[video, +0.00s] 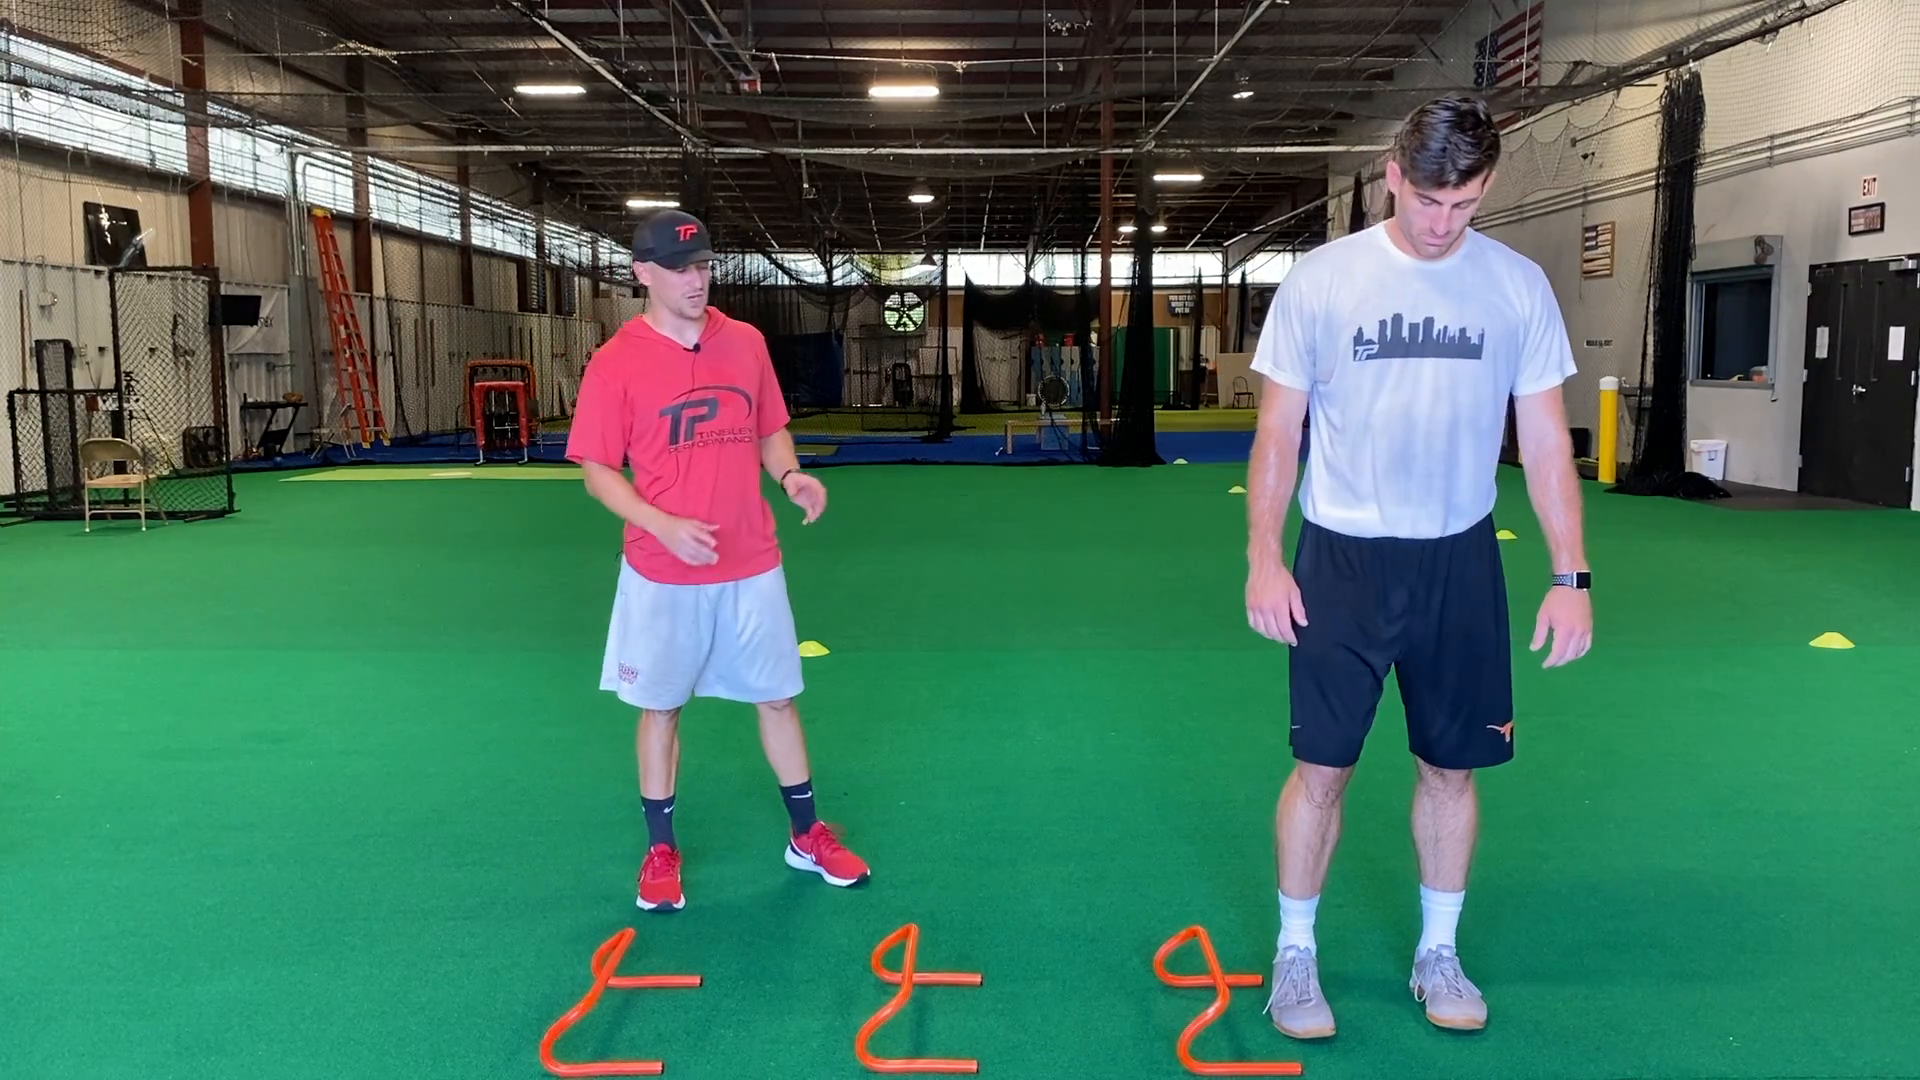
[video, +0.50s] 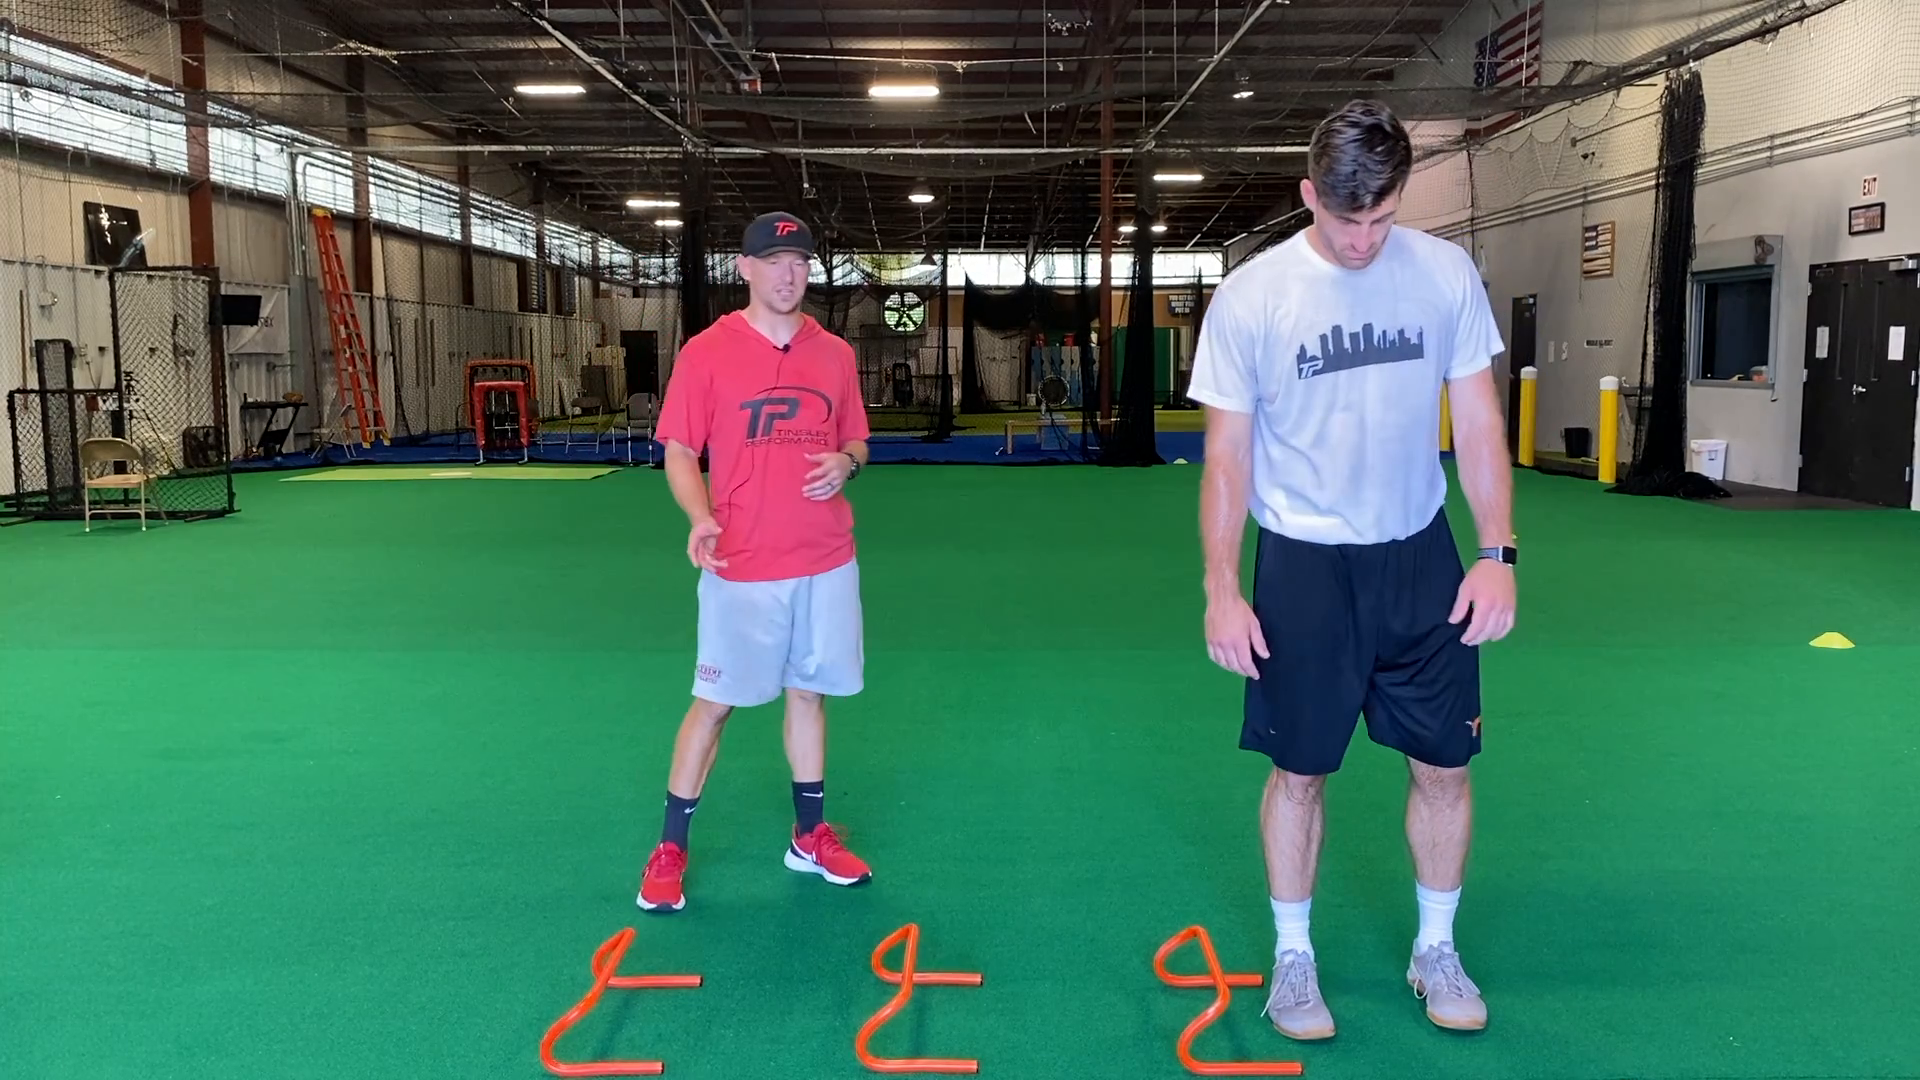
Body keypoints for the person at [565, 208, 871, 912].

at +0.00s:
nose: (700, 278)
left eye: (704, 264)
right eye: (684, 267)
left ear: (712, 267)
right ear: (645, 275)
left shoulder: (745, 344)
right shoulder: (616, 364)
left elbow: (772, 430)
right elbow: (597, 470)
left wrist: (792, 473)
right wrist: (661, 524)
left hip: (751, 563)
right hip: (665, 572)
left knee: (778, 695)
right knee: (660, 706)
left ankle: (808, 835)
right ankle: (661, 850)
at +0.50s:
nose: (788, 273)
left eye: (798, 261)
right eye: (774, 261)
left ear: (810, 271)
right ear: (744, 268)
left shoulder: (836, 356)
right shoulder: (706, 353)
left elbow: (854, 442)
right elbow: (678, 451)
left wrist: (847, 459)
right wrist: (700, 515)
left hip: (823, 560)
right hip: (740, 564)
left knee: (808, 691)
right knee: (714, 700)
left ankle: (810, 833)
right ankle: (671, 849)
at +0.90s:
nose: (821, 276)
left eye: (833, 266)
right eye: (809, 263)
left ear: (847, 277)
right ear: (782, 268)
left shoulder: (871, 361)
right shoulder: (736, 346)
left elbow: (906, 450)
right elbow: (705, 437)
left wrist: (867, 469)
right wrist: (719, 505)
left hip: (831, 559)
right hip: (749, 555)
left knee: (814, 690)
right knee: (732, 689)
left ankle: (811, 831)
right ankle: (702, 818)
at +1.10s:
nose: (821, 282)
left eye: (829, 270)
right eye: (808, 269)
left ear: (840, 276)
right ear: (777, 272)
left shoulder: (863, 362)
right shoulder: (729, 349)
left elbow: (886, 452)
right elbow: (699, 441)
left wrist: (858, 463)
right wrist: (716, 503)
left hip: (828, 559)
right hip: (746, 558)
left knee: (813, 688)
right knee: (722, 694)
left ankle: (811, 831)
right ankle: (708, 771)